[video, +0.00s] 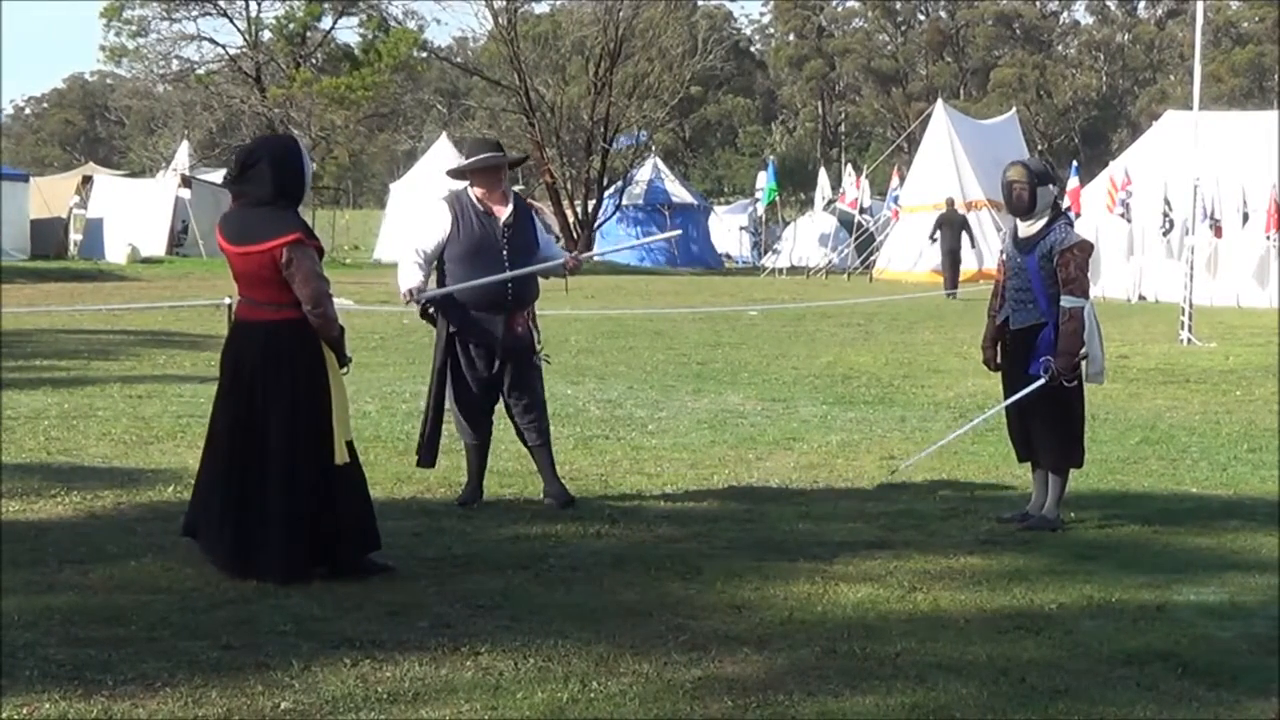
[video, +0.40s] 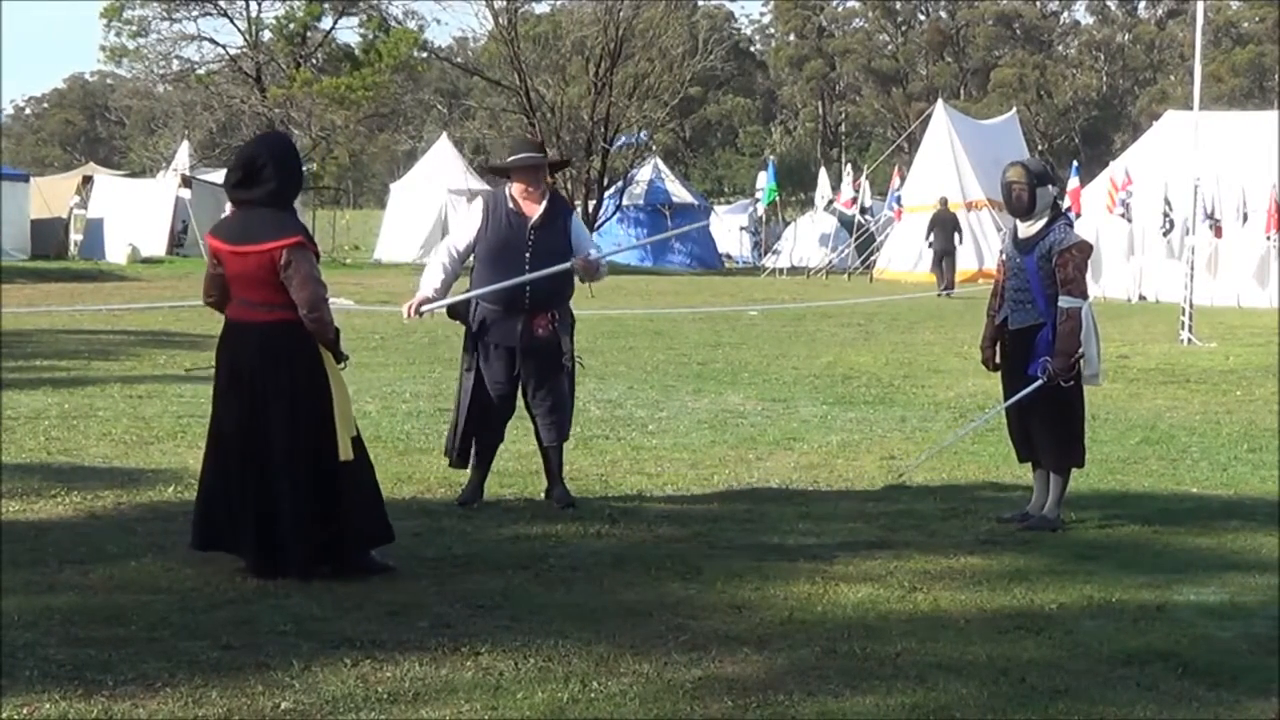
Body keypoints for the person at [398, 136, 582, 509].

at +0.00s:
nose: (490, 178)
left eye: (495, 171)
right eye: (481, 174)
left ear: (505, 171)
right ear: (469, 178)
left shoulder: (524, 211)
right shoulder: (451, 211)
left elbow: (543, 252)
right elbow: (415, 253)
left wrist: (565, 261)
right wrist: (414, 284)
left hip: (517, 322)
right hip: (467, 324)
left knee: (528, 404)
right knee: (472, 407)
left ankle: (551, 481)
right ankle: (473, 483)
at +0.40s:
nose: (530, 184)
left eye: (537, 176)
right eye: (521, 178)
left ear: (547, 176)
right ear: (507, 179)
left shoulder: (563, 214)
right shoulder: (486, 208)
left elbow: (595, 266)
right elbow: (450, 252)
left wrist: (590, 268)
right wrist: (428, 292)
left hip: (547, 326)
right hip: (495, 324)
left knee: (550, 408)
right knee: (489, 409)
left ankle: (556, 484)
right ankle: (475, 482)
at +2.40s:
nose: (493, 178)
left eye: (500, 170)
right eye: (485, 171)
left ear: (514, 173)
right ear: (474, 175)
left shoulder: (534, 214)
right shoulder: (456, 209)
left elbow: (560, 258)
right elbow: (420, 255)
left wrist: (536, 271)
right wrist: (384, 294)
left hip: (520, 327)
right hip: (468, 326)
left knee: (531, 407)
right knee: (485, 411)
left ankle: (549, 481)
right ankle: (497, 483)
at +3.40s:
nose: (505, 182)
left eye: (510, 174)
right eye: (495, 176)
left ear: (520, 174)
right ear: (482, 180)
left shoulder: (537, 209)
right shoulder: (460, 209)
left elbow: (568, 253)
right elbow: (431, 254)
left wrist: (549, 227)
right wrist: (426, 295)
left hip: (530, 325)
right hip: (476, 327)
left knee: (546, 405)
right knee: (488, 408)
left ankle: (568, 482)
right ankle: (496, 482)